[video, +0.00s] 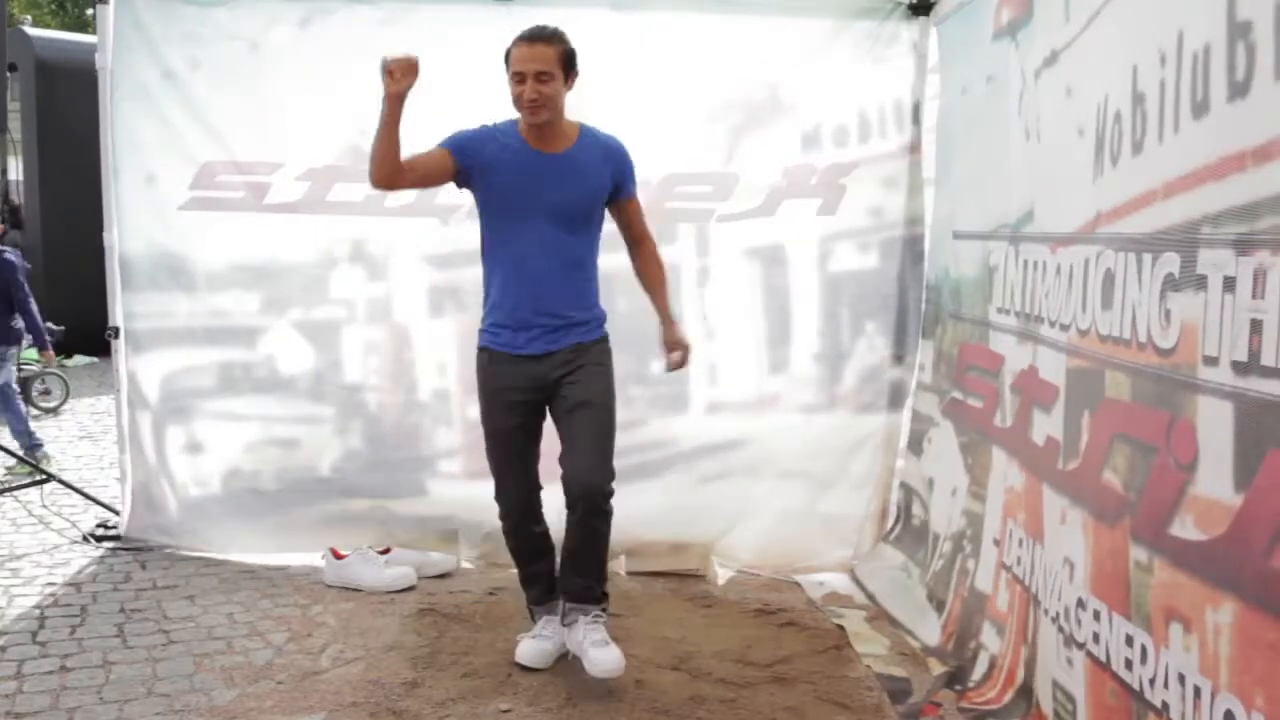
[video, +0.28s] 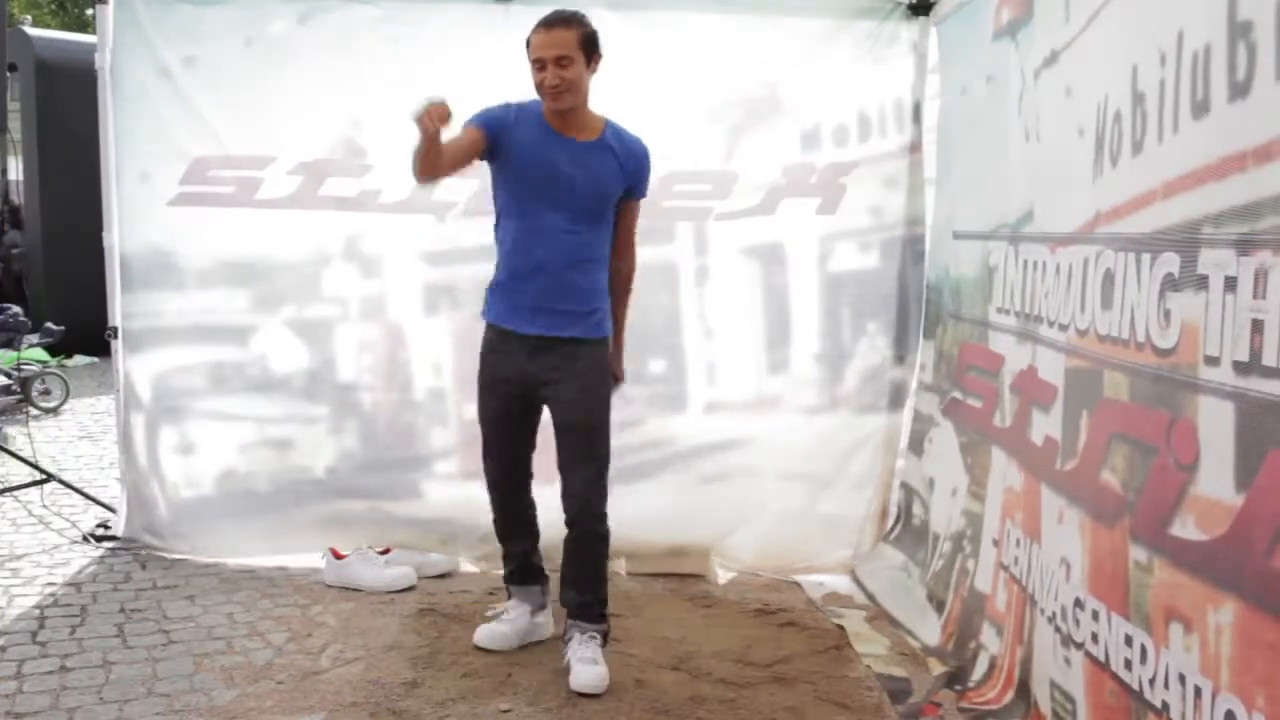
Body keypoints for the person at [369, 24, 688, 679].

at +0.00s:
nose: (532, 90)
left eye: (544, 78)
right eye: (521, 79)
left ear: (570, 81)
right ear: (509, 83)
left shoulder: (607, 155)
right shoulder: (482, 148)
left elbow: (639, 241)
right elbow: (385, 175)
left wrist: (667, 320)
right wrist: (394, 99)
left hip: (582, 348)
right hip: (505, 353)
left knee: (592, 484)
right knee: (515, 498)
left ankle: (585, 615)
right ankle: (544, 615)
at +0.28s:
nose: (552, 75)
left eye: (564, 63)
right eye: (542, 64)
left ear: (593, 66)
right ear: (530, 70)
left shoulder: (626, 153)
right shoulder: (502, 124)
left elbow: (623, 256)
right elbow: (430, 169)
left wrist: (615, 343)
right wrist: (431, 133)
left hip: (583, 345)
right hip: (507, 339)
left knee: (585, 497)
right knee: (506, 484)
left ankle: (586, 631)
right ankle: (527, 602)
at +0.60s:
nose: (525, 79)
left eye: (536, 65)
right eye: (512, 69)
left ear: (563, 64)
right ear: (502, 77)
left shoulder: (616, 120)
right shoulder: (505, 151)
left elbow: (692, 163)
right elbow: (430, 213)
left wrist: (677, 138)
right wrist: (369, 175)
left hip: (605, 341)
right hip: (530, 333)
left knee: (600, 492)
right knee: (478, 465)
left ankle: (589, 629)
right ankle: (515, 561)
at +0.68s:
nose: (515, 77)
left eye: (526, 62)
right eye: (503, 67)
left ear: (555, 61)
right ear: (494, 72)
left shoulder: (601, 104)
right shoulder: (505, 145)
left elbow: (653, 102)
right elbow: (415, 181)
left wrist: (650, 75)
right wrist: (334, 138)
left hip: (608, 328)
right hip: (535, 326)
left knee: (607, 486)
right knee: (500, 469)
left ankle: (598, 627)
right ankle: (537, 584)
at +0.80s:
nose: (509, 92)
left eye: (521, 79)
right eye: (499, 82)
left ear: (551, 81)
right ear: (491, 90)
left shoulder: (592, 132)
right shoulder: (505, 164)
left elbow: (612, 89)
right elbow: (410, 190)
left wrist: (590, 43)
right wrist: (336, 138)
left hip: (607, 345)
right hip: (539, 351)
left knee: (610, 506)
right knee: (532, 502)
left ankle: (610, 651)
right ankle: (571, 622)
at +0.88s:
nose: (502, 103)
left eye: (514, 91)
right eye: (491, 93)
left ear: (542, 93)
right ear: (482, 101)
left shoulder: (579, 135)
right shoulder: (503, 181)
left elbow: (626, 125)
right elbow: (426, 238)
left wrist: (559, 83)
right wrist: (379, 165)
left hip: (609, 351)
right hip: (545, 355)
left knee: (597, 503)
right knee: (520, 499)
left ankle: (615, 647)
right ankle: (569, 622)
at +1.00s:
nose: (489, 110)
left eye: (500, 97)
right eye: (478, 102)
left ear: (529, 101)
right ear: (472, 116)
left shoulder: (575, 140)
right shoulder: (503, 194)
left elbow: (643, 152)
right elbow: (451, 273)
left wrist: (544, 128)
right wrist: (425, 201)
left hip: (608, 349)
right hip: (549, 355)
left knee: (579, 493)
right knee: (519, 499)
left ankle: (625, 620)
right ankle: (571, 624)